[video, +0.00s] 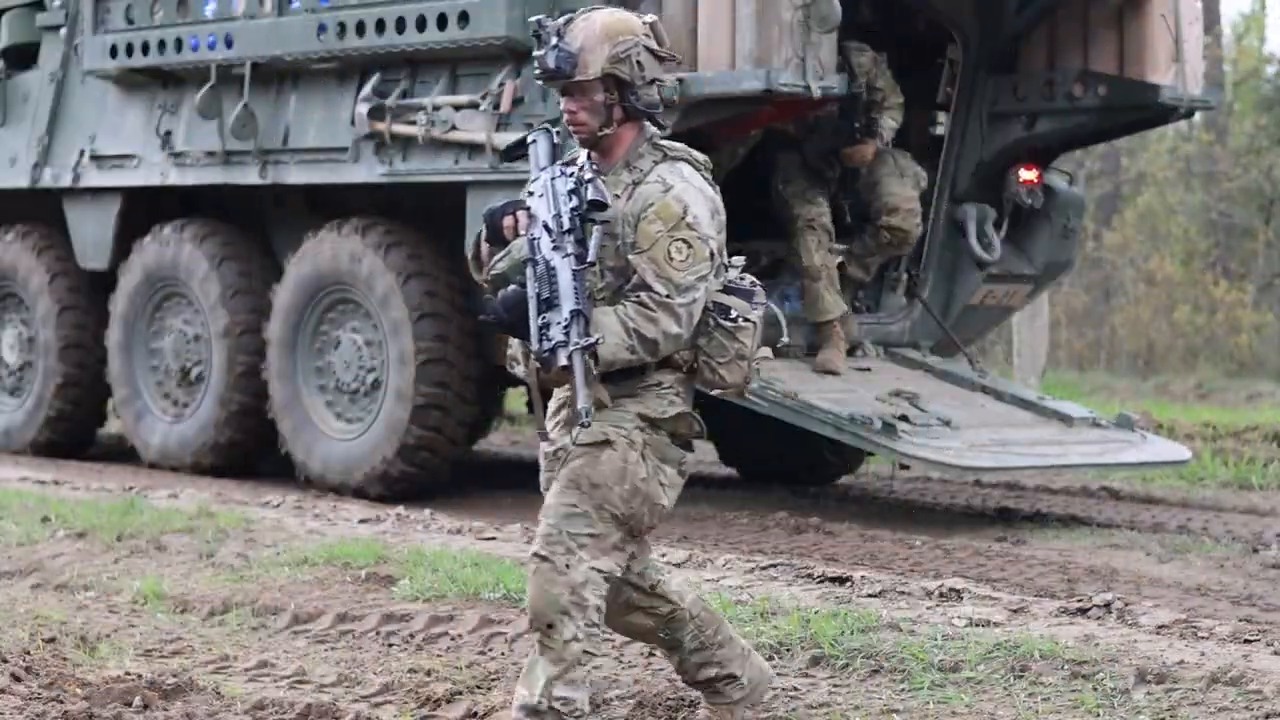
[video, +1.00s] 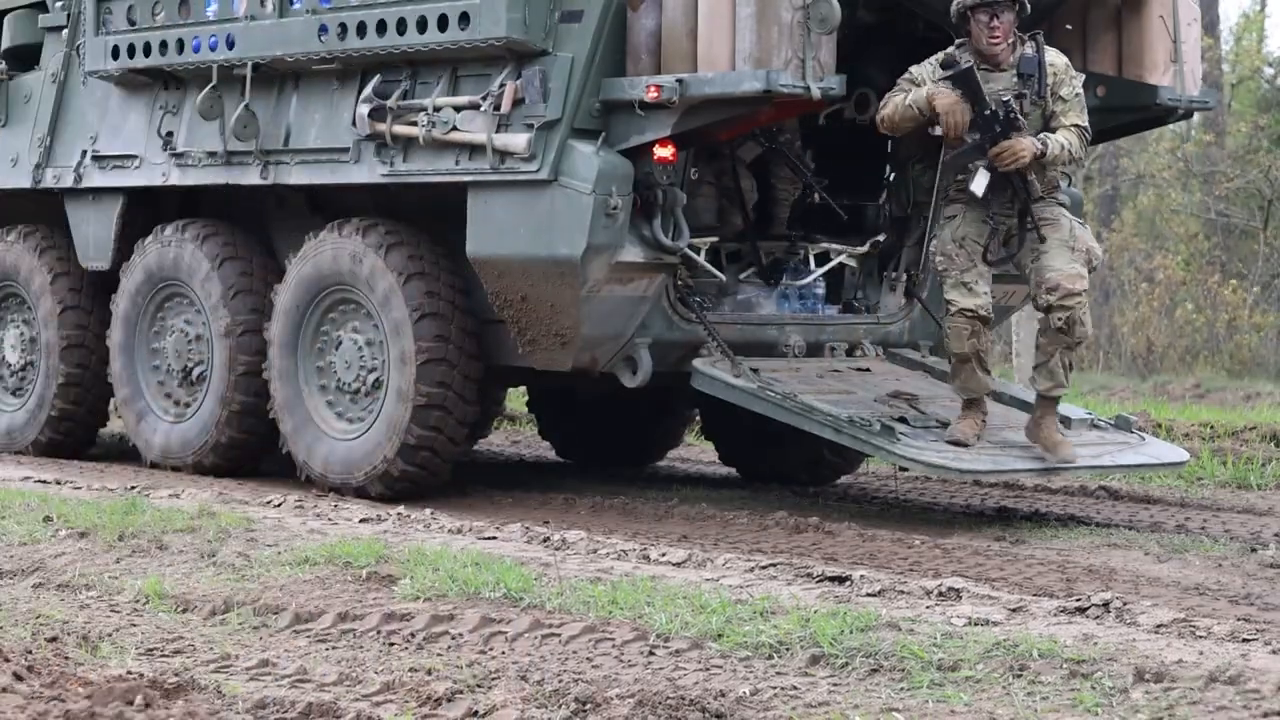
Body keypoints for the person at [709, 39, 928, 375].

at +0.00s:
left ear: (833, 33)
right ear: (793, 38)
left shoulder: (859, 59)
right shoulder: (779, 69)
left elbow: (891, 103)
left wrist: (875, 141)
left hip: (863, 148)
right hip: (802, 149)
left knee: (902, 225)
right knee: (811, 224)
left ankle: (841, 274)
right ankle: (830, 332)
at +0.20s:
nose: (855, 66)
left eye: (861, 55)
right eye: (845, 58)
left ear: (875, 45)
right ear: (826, 54)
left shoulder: (906, 66)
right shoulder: (809, 74)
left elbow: (932, 119)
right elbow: (750, 126)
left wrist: (902, 151)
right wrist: (726, 185)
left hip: (902, 152)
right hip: (839, 152)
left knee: (932, 217)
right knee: (829, 227)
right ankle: (835, 338)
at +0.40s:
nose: (911, 50)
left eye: (917, 39)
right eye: (899, 42)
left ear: (929, 36)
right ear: (879, 44)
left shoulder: (956, 65)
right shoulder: (854, 73)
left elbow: (982, 121)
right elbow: (812, 115)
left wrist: (949, 148)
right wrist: (822, 143)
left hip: (948, 164)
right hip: (878, 162)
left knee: (968, 254)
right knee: (862, 250)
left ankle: (976, 378)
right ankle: (838, 341)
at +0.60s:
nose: (947, 42)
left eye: (954, 31)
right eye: (937, 33)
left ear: (967, 30)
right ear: (917, 35)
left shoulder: (997, 63)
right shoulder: (893, 70)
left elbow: (1023, 124)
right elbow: (855, 139)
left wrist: (989, 147)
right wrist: (880, 128)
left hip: (991, 176)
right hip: (921, 174)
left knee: (1005, 277)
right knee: (906, 251)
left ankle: (978, 382)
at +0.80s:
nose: (963, 26)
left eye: (972, 17)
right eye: (953, 18)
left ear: (986, 21)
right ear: (936, 25)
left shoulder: (1020, 62)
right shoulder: (914, 70)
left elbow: (1047, 126)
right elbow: (872, 142)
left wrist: (1012, 146)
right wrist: (898, 115)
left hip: (1016, 187)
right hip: (950, 188)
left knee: (1038, 301)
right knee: (957, 287)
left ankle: (986, 373)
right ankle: (971, 405)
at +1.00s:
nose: (992, 23)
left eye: (1000, 13)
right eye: (982, 15)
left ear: (1015, 18)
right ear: (967, 23)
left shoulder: (1051, 64)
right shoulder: (945, 66)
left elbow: (1077, 135)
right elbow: (887, 118)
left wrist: (1038, 147)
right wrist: (931, 97)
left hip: (1040, 201)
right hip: (968, 199)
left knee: (1066, 295)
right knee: (966, 307)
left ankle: (1045, 417)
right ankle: (972, 410)